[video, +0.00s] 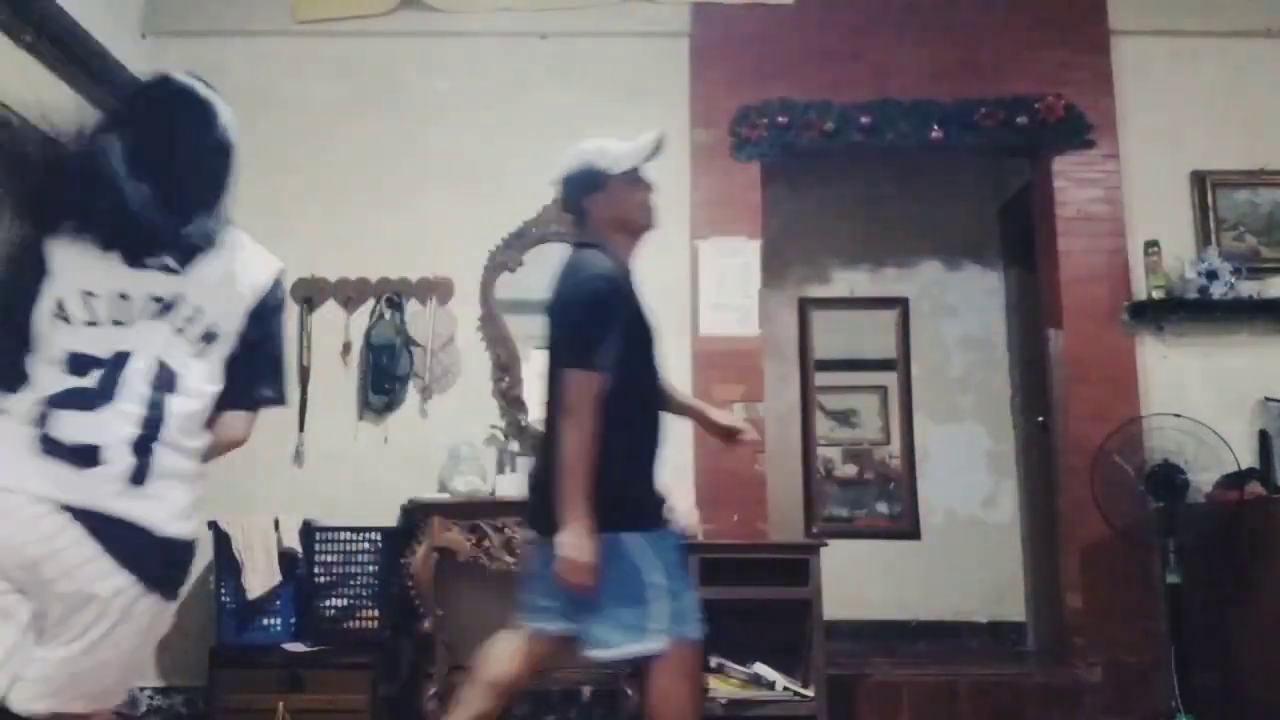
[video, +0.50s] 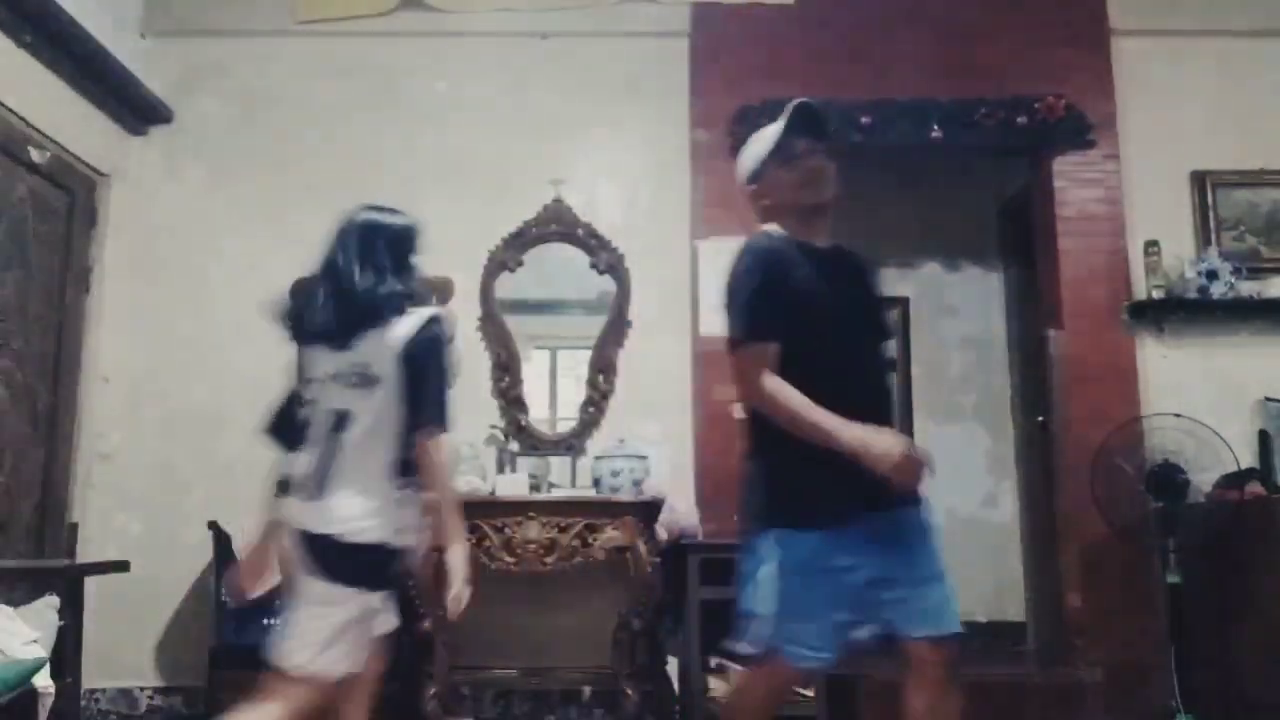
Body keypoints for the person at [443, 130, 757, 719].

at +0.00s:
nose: (649, 188)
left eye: (643, 177)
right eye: (633, 179)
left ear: (601, 203)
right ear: (597, 198)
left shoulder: (599, 275)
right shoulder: (598, 280)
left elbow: (633, 383)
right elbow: (577, 407)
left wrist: (703, 413)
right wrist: (575, 522)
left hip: (575, 508)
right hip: (619, 510)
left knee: (539, 638)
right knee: (677, 644)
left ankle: (460, 711)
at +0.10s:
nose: (683, 181)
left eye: (678, 171)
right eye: (667, 174)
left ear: (640, 198)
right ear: (631, 196)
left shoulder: (648, 271)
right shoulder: (635, 275)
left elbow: (673, 394)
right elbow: (621, 407)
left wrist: (726, 450)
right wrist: (648, 519)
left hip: (661, 505)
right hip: (658, 511)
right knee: (699, 657)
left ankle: (538, 711)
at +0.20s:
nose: (715, 168)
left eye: (714, 157)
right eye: (696, 160)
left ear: (712, 168)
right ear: (658, 182)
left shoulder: (695, 254)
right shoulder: (659, 256)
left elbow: (712, 366)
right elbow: (664, 383)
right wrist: (733, 473)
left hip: (726, 486)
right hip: (681, 493)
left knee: (767, 615)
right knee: (694, 662)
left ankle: (682, 700)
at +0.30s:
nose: (738, 166)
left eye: (743, 154)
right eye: (718, 157)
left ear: (755, 167)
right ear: (686, 183)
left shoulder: (755, 260)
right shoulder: (692, 247)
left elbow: (764, 377)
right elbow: (695, 361)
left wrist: (817, 445)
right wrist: (794, 428)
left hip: (778, 486)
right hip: (707, 493)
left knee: (818, 632)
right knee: (701, 658)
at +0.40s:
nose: (782, 167)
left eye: (784, 157)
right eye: (762, 160)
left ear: (797, 175)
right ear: (725, 192)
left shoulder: (802, 270)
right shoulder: (725, 259)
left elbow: (806, 386)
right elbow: (725, 371)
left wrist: (860, 435)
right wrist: (839, 417)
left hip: (822, 500)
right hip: (744, 506)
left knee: (880, 653)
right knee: (724, 667)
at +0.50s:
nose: (813, 163)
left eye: (819, 152)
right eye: (792, 158)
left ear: (836, 168)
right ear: (761, 190)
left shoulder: (851, 267)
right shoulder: (763, 260)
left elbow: (856, 381)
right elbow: (755, 380)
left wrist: (889, 458)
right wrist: (860, 440)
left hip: (884, 504)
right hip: (802, 513)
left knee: (932, 654)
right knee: (781, 669)